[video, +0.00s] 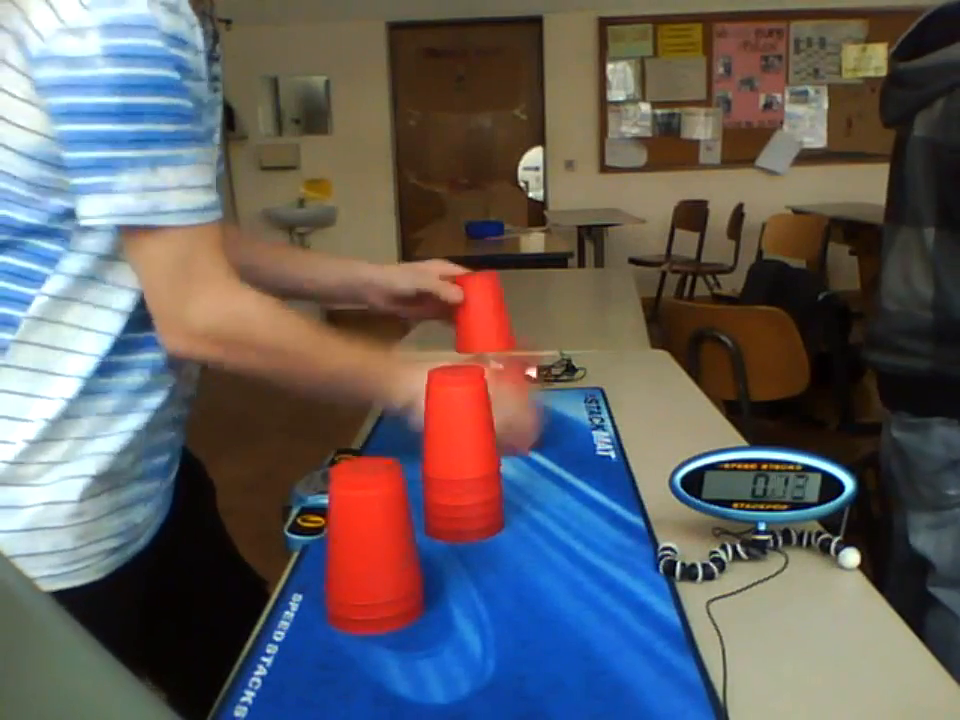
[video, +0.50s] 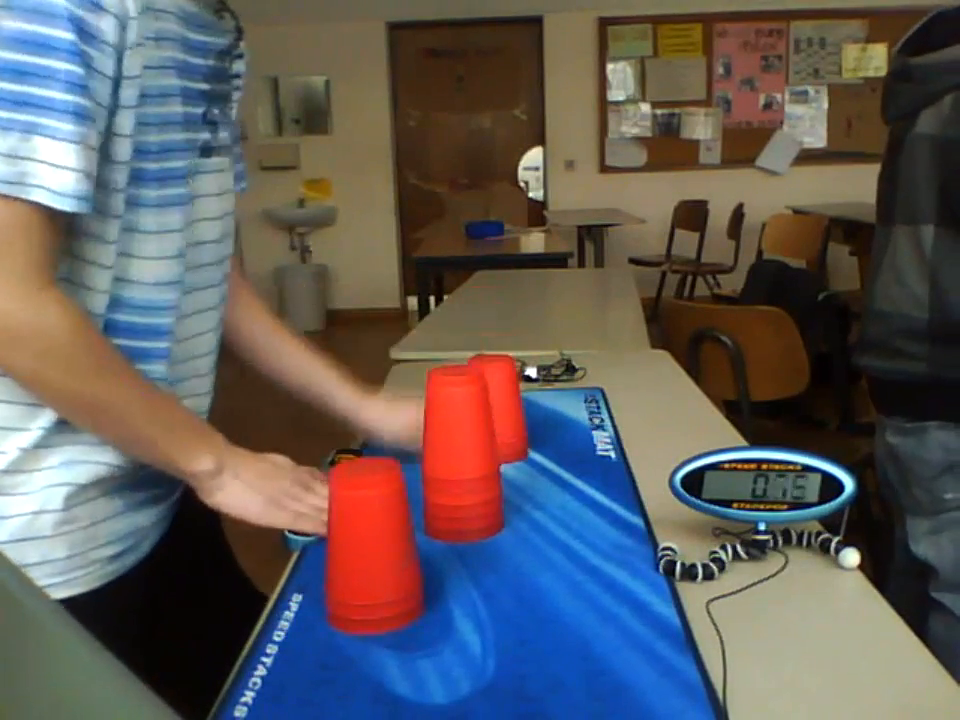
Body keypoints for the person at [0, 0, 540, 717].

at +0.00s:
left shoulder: (160, 22)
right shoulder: (119, 24)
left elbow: (198, 238)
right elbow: (195, 312)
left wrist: (375, 284)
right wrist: (412, 384)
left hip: (143, 480)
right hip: (63, 537)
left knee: (278, 679)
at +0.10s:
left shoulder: (198, 26)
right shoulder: (113, 25)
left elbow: (196, 235)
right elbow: (98, 310)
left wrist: (367, 306)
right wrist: (312, 411)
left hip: (159, 487)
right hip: (62, 536)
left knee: (273, 679)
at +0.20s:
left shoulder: (216, 27)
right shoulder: (98, 14)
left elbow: (186, 248)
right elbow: (10, 272)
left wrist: (349, 332)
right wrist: (231, 435)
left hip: (175, 498)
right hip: (58, 550)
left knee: (281, 688)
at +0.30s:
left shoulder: (222, 29)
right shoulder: (87, 13)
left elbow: (199, 259)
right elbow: (9, 282)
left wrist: (376, 342)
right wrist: (213, 449)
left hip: (176, 505)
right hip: (54, 552)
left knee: (278, 696)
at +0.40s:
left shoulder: (218, 26)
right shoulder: (80, 14)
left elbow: (197, 257)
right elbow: (14, 293)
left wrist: (378, 339)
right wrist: (215, 461)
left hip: (172, 513)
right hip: (60, 558)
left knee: (279, 693)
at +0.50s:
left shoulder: (215, 30)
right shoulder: (59, 14)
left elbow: (214, 277)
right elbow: (13, 298)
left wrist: (366, 409)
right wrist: (215, 462)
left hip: (169, 516)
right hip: (53, 561)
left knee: (286, 695)